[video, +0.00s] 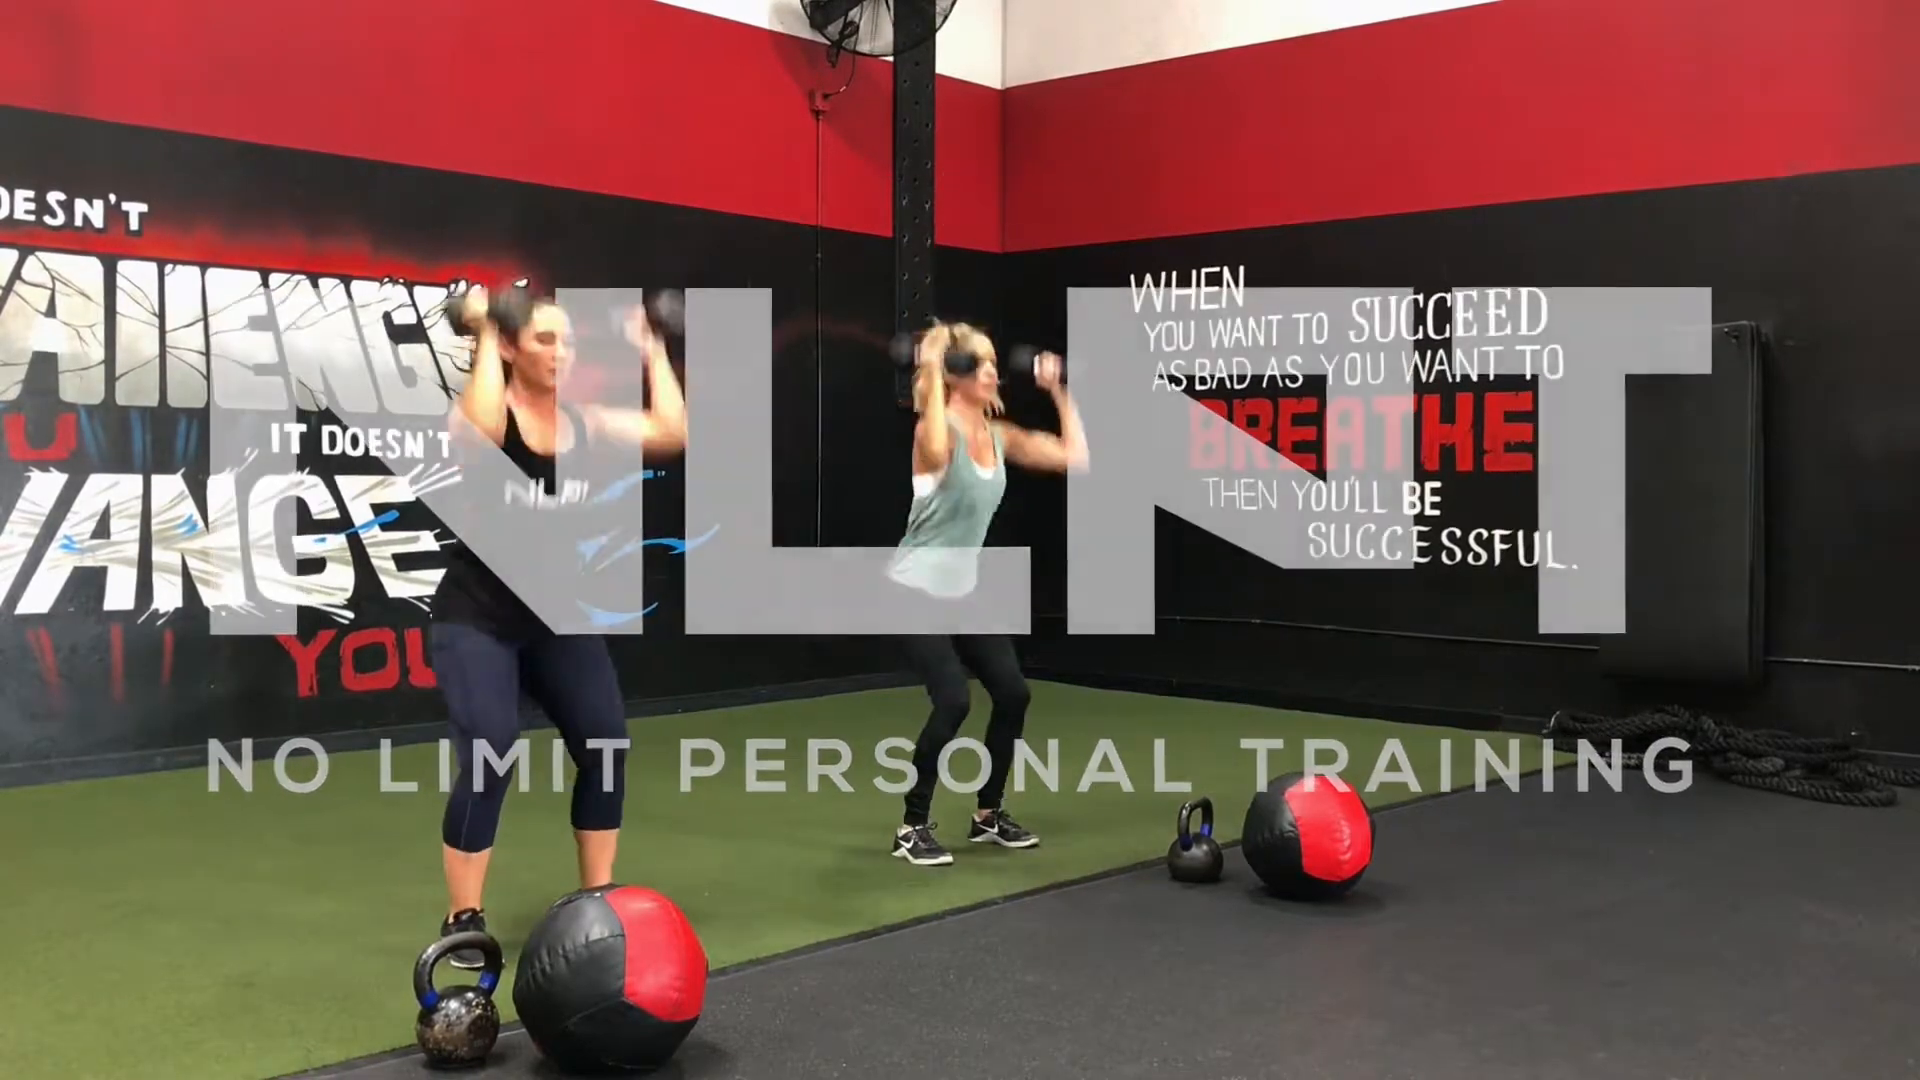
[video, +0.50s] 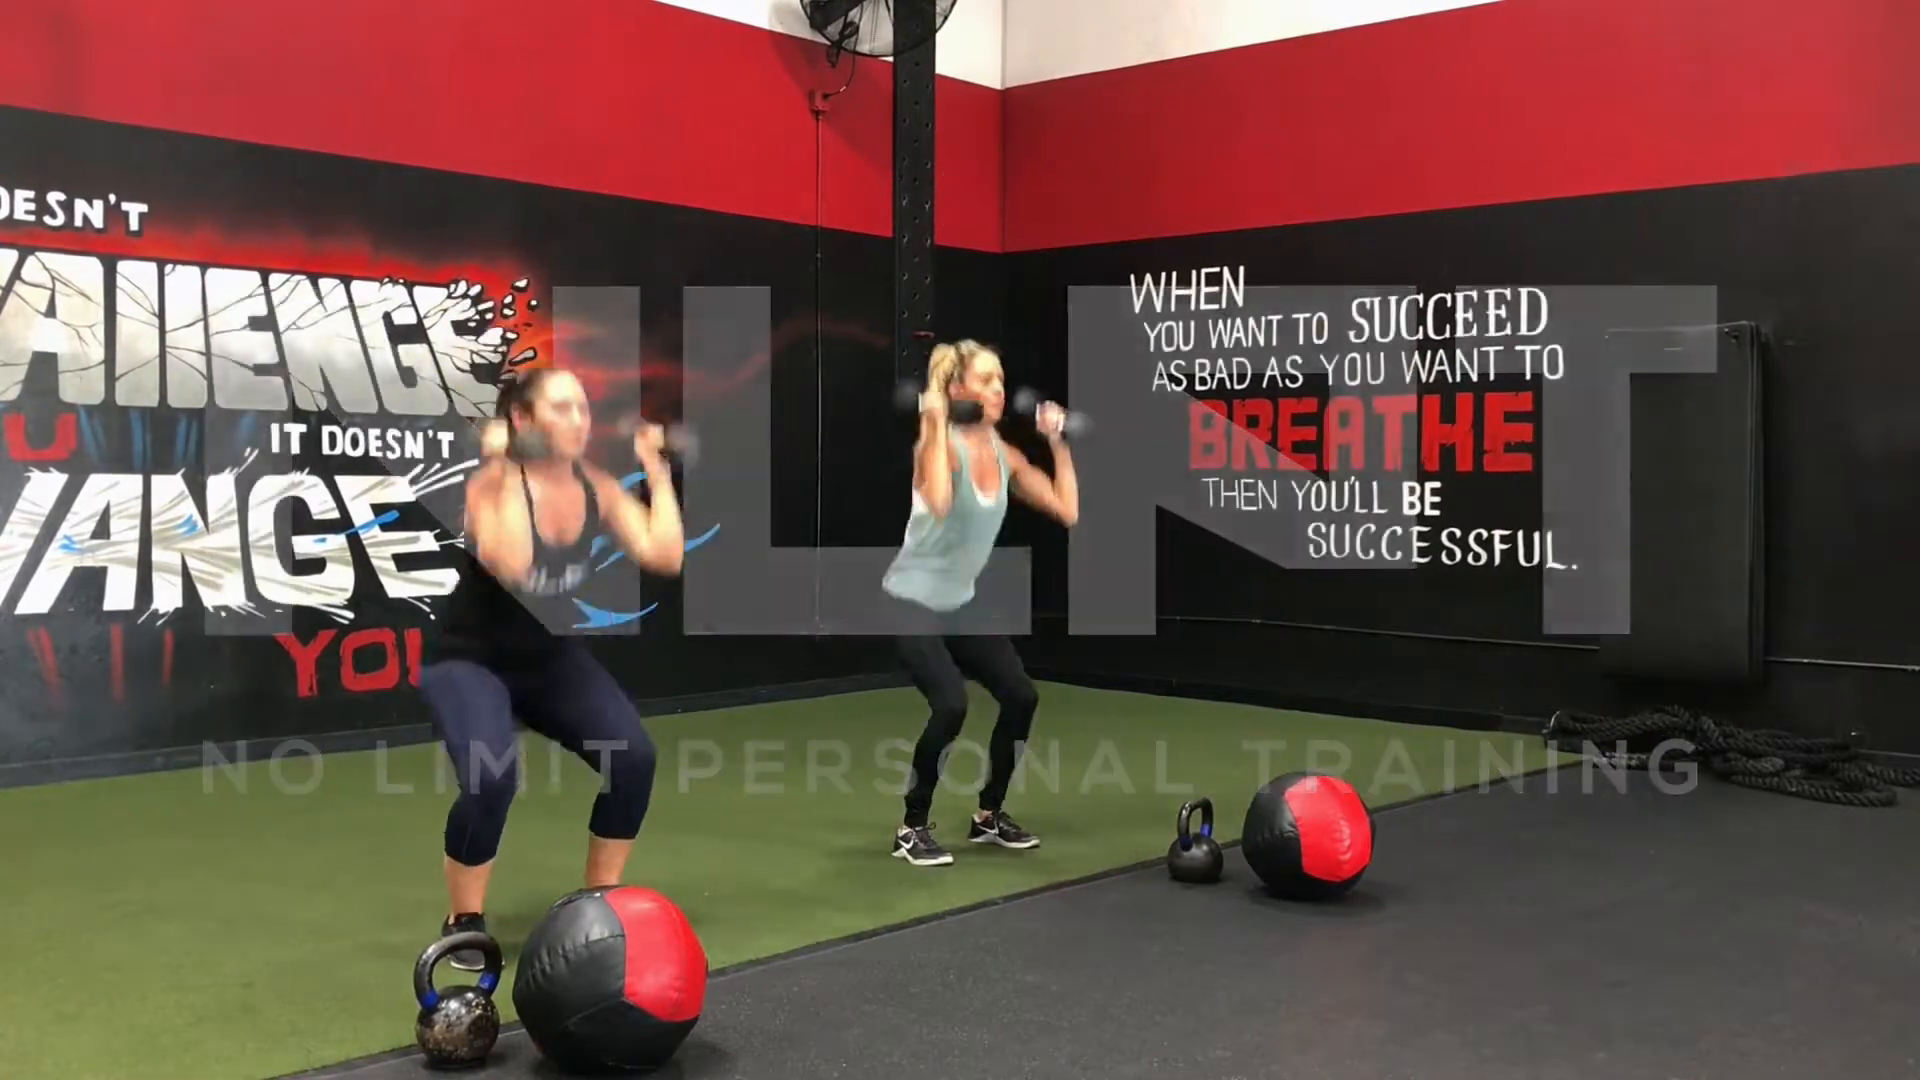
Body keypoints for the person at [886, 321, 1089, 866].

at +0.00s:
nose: (997, 376)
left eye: (995, 367)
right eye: (987, 368)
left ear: (984, 375)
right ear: (959, 377)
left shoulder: (997, 434)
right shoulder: (936, 433)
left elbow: (1073, 456)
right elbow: (934, 450)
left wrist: (1059, 392)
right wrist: (932, 370)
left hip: (967, 594)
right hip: (915, 594)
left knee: (1012, 695)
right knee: (953, 701)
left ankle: (988, 814)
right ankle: (913, 826)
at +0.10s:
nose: (1003, 440)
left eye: (1004, 430)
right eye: (992, 431)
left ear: (1005, 439)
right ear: (962, 442)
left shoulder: (1004, 503)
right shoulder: (939, 497)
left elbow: (1051, 574)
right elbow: (943, 573)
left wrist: (1051, 507)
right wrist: (940, 496)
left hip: (951, 639)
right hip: (898, 638)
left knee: (1028, 705)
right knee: (957, 713)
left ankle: (989, 815)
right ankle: (914, 828)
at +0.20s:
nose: (1010, 497)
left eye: (1011, 488)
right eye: (996, 490)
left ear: (1016, 494)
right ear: (967, 501)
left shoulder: (1013, 559)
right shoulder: (943, 553)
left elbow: (1046, 638)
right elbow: (940, 649)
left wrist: (1049, 572)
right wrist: (942, 567)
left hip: (951, 675)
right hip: (895, 675)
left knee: (1035, 711)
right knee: (955, 721)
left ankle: (990, 817)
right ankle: (914, 829)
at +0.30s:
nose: (1010, 503)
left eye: (1012, 494)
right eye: (997, 495)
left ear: (1016, 501)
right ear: (968, 507)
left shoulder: (1013, 561)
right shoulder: (944, 560)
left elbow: (1052, 641)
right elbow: (943, 655)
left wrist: (1049, 574)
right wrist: (944, 573)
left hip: (956, 682)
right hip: (896, 681)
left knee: (1037, 713)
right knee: (955, 723)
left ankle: (990, 818)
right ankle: (915, 830)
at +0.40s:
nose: (1007, 462)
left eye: (1009, 453)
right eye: (995, 453)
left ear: (1010, 460)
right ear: (965, 464)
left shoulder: (1008, 521)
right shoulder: (941, 519)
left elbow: (1060, 593)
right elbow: (944, 600)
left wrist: (1050, 525)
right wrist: (944, 521)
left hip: (953, 656)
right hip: (898, 655)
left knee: (1035, 711)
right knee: (955, 720)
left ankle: (989, 818)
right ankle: (914, 828)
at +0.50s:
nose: (999, 389)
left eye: (1000, 380)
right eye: (987, 380)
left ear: (1000, 389)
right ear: (957, 388)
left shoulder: (1002, 452)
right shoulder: (937, 443)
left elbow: (1066, 510)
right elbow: (938, 502)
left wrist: (1057, 442)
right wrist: (934, 421)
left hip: (961, 608)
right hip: (909, 606)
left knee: (1021, 696)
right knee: (950, 705)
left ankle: (989, 815)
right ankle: (913, 827)